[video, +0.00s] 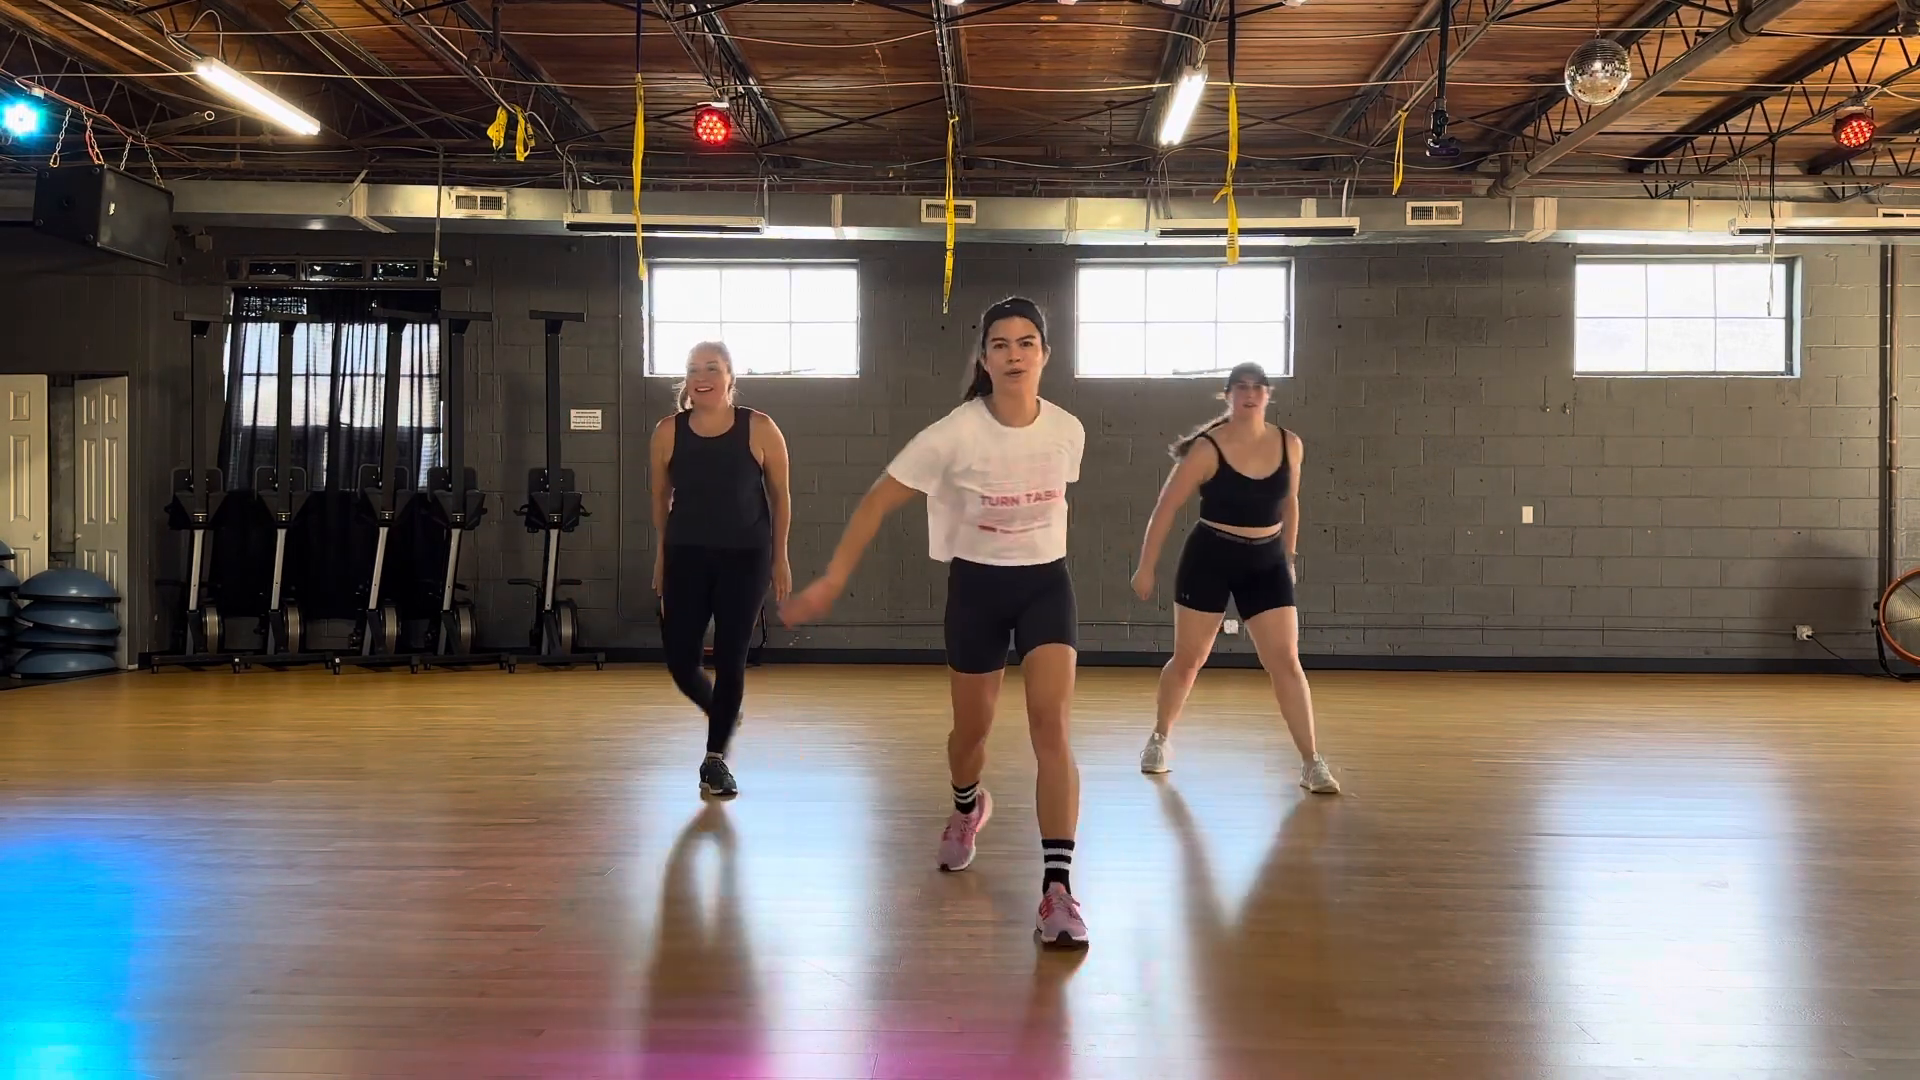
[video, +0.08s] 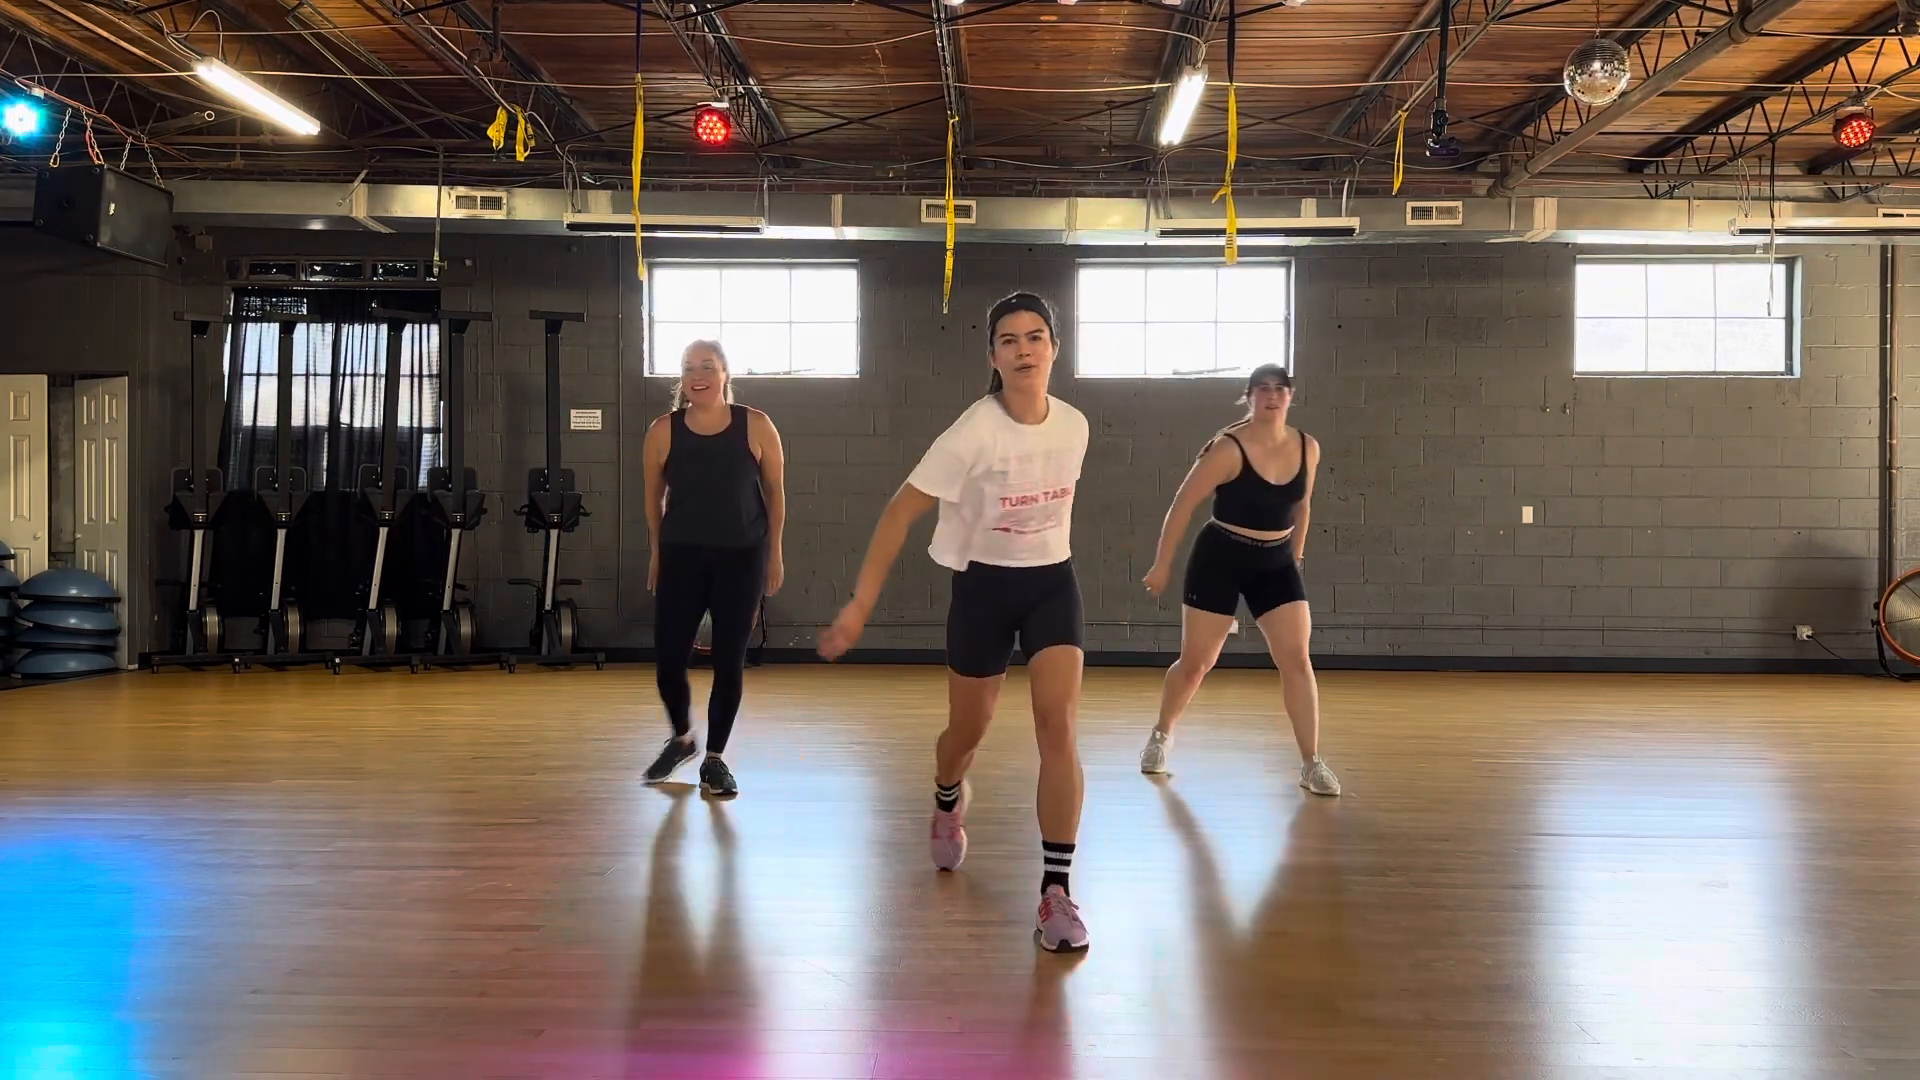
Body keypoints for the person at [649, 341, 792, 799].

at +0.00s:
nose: (700, 377)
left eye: (711, 369)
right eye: (694, 370)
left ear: (731, 379)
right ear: (685, 380)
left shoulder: (760, 429)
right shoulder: (667, 434)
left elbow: (780, 498)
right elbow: (660, 502)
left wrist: (781, 558)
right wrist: (661, 562)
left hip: (745, 561)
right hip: (686, 560)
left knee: (730, 660)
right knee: (681, 664)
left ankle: (715, 758)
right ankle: (722, 709)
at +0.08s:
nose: (698, 376)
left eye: (707, 368)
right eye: (690, 369)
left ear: (726, 376)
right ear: (680, 379)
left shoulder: (756, 425)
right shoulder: (662, 432)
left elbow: (775, 492)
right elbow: (653, 498)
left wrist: (775, 553)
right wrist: (657, 554)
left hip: (741, 560)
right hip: (681, 559)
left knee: (728, 662)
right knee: (669, 662)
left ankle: (715, 757)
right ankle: (682, 737)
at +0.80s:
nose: (626, 408)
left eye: (639, 400)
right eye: (620, 400)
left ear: (663, 409)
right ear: (612, 407)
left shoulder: (693, 456)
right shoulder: (611, 456)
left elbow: (748, 489)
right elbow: (644, 502)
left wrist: (759, 537)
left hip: (723, 554)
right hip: (666, 558)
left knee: (742, 656)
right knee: (625, 653)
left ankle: (784, 748)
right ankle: (625, 761)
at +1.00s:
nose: (631, 422)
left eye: (644, 413)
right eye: (625, 412)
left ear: (667, 421)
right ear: (618, 417)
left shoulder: (692, 476)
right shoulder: (602, 462)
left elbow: (731, 517)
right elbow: (625, 517)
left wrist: (717, 570)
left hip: (691, 571)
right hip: (633, 567)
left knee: (707, 668)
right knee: (599, 663)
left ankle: (757, 758)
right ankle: (625, 764)